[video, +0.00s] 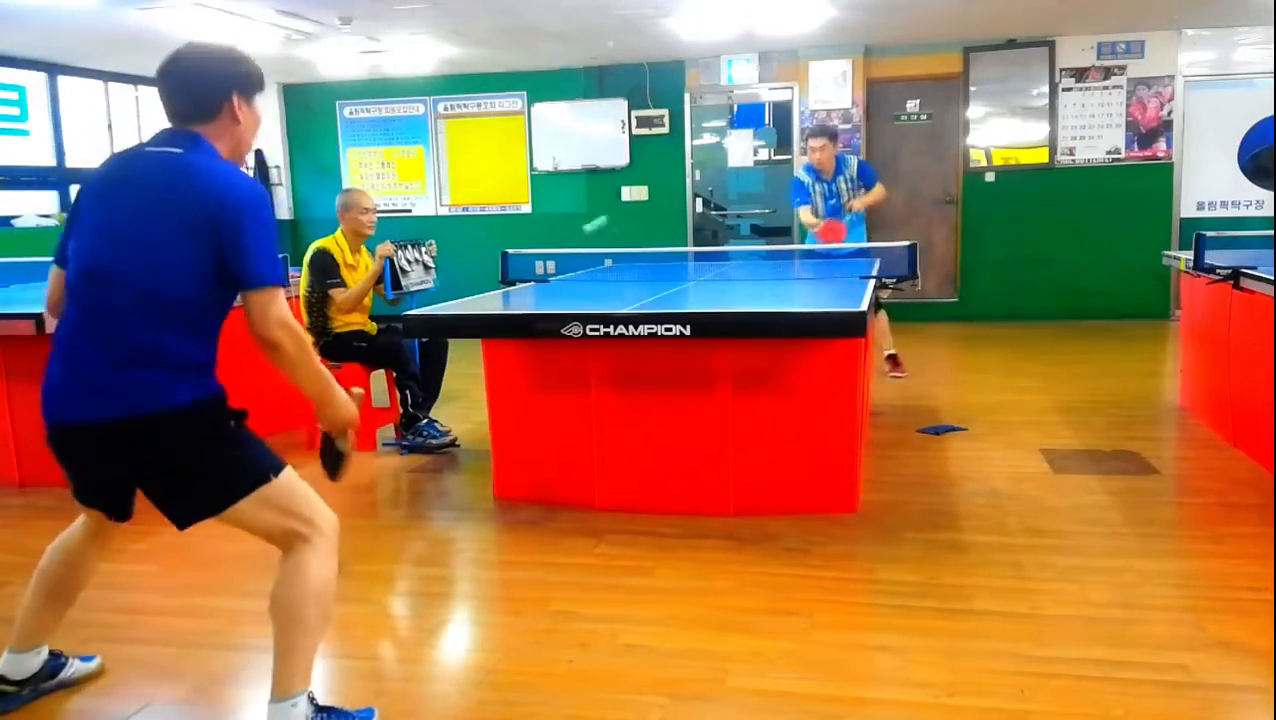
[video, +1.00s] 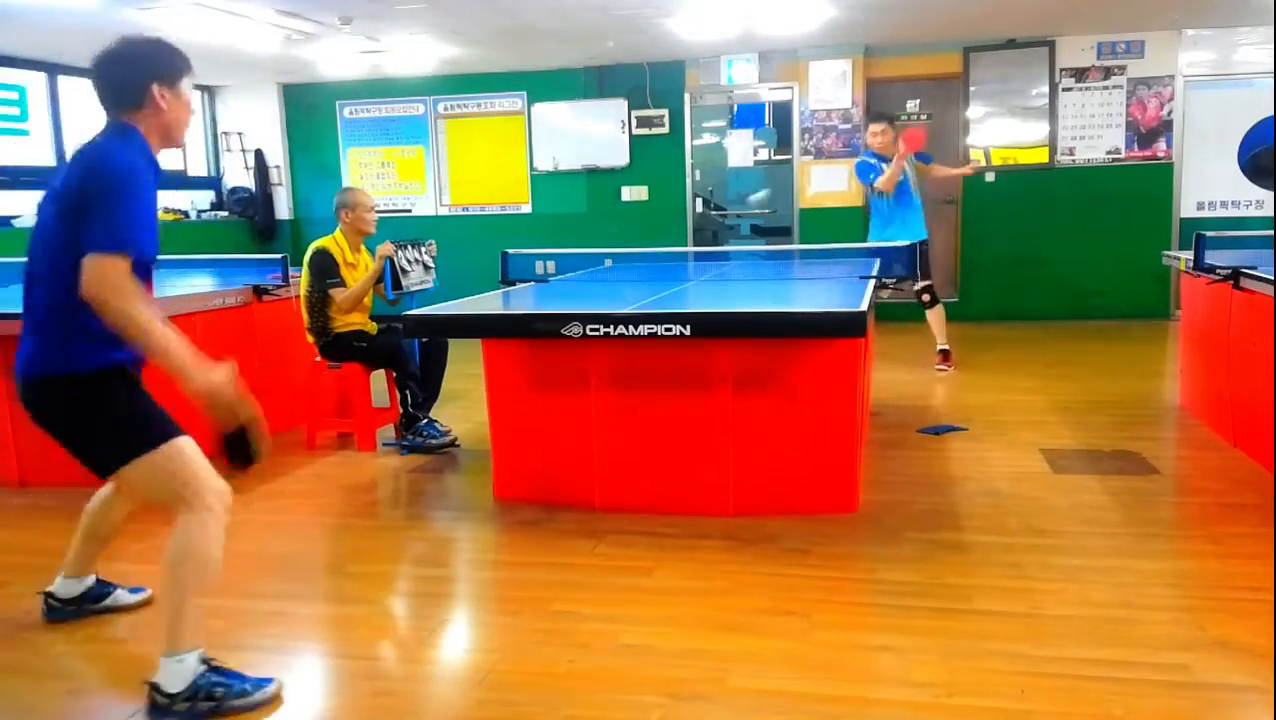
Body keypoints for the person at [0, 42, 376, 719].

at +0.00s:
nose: (258, 123)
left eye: (257, 109)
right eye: (256, 108)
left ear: (172, 109)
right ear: (234, 107)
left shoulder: (104, 179)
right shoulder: (233, 190)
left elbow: (57, 302)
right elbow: (271, 324)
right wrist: (332, 402)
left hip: (73, 407)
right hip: (168, 410)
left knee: (100, 515)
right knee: (311, 530)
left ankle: (20, 661)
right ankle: (292, 704)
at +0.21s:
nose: (213, 128)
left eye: (212, 116)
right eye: (212, 116)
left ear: (132, 113)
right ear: (196, 117)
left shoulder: (68, 166)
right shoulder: (227, 200)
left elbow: (3, 254)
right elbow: (231, 294)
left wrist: (15, 318)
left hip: (75, 400)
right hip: (188, 402)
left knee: (17, 519)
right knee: (295, 545)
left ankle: (4, 665)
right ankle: (296, 706)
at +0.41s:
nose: (178, 36)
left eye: (173, 23)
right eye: (176, 24)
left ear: (94, 28)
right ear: (163, 31)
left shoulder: (34, 78)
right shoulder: (192, 112)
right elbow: (250, 205)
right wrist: (271, 196)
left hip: (17, 325)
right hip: (117, 330)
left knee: (4, 502)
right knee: (185, 497)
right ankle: (232, 660)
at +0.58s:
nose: (174, 43)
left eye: (170, 29)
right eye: (170, 29)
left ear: (95, 35)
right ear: (153, 39)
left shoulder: (36, 75)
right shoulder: (182, 128)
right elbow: (261, 227)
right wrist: (334, 223)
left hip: (1, 311)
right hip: (70, 323)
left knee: (20, 460)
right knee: (111, 499)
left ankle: (3, 594)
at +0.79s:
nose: (158, 106)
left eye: (156, 92)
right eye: (154, 92)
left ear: (81, 99)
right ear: (132, 96)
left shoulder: (15, 159)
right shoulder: (143, 179)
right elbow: (171, 292)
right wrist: (237, 377)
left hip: (7, 368)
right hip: (81, 373)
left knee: (68, 481)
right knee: (160, 515)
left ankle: (11, 597)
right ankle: (49, 653)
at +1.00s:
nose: (191, 105)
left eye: (188, 91)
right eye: (186, 91)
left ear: (135, 98)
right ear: (157, 96)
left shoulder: (103, 158)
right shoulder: (123, 163)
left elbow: (96, 279)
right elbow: (104, 282)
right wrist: (195, 367)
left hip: (63, 371)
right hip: (79, 375)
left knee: (139, 475)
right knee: (207, 498)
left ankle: (72, 586)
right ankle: (180, 672)